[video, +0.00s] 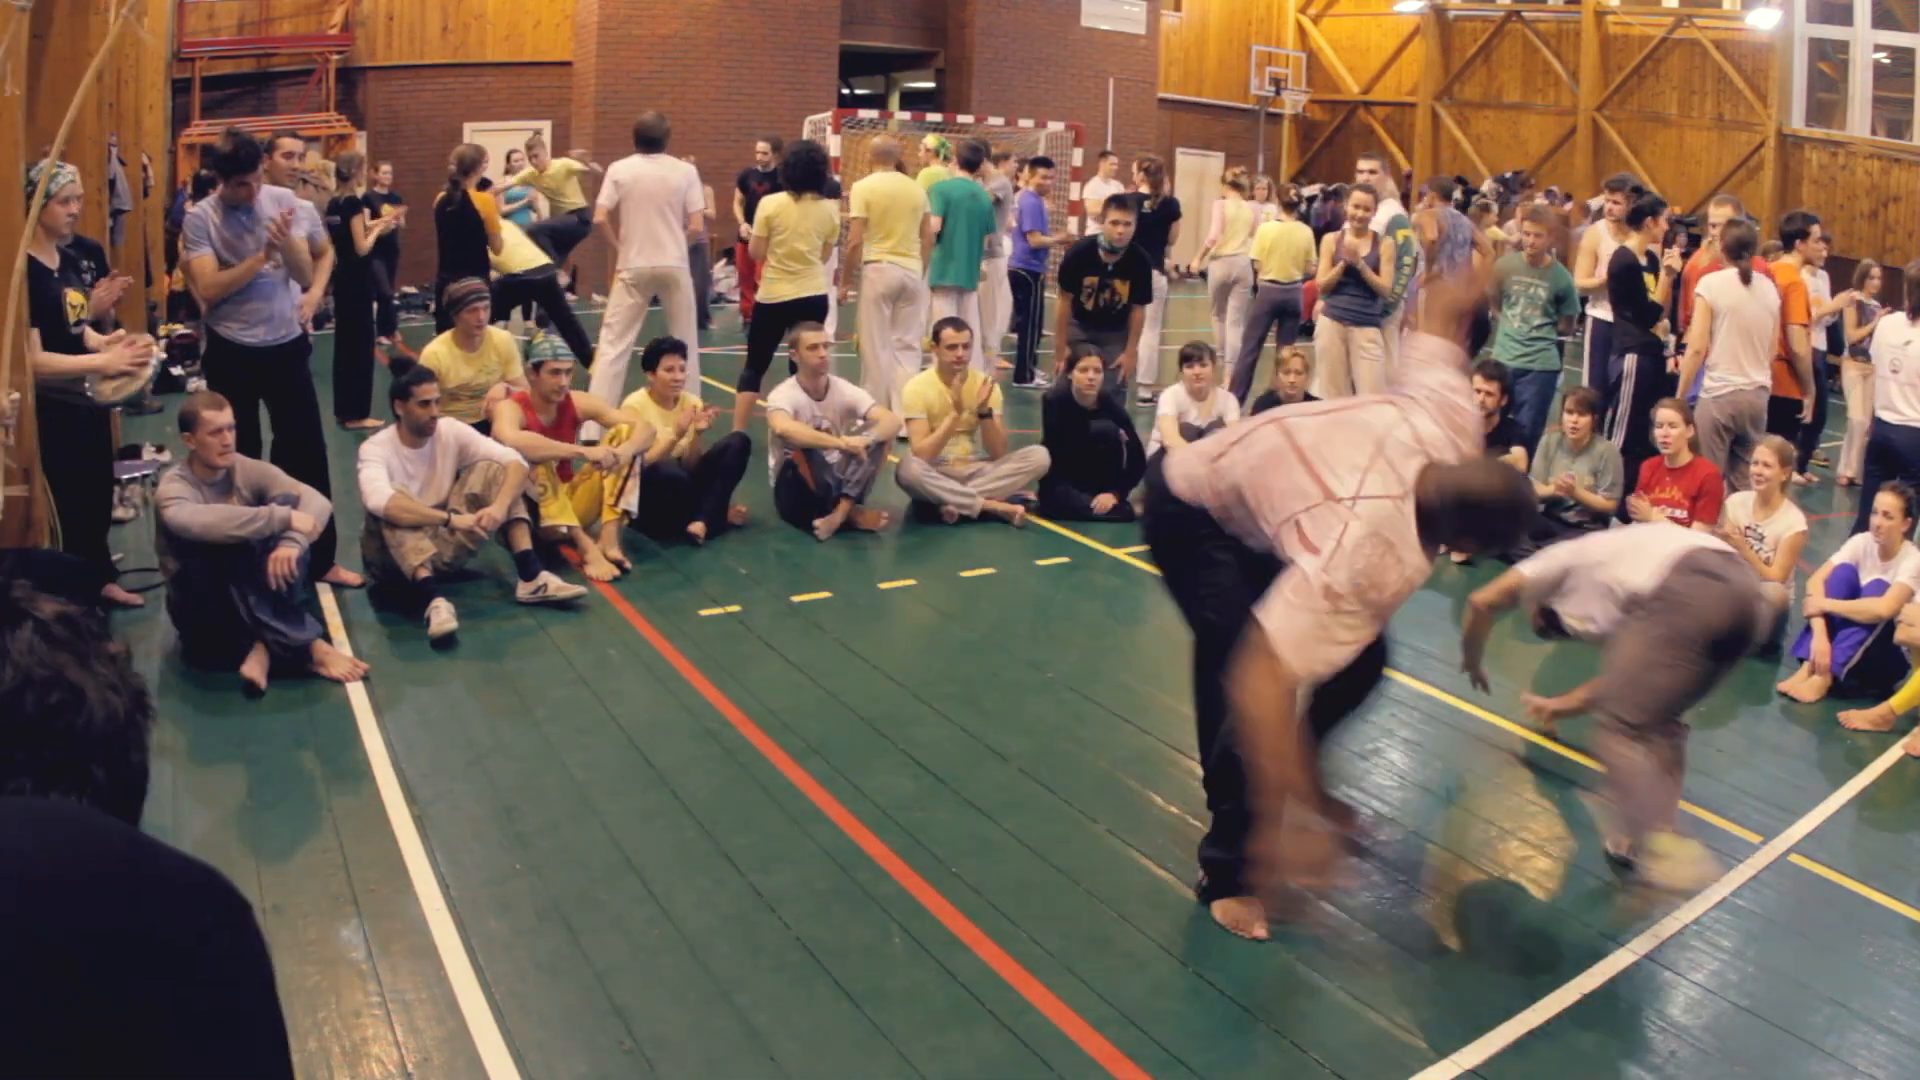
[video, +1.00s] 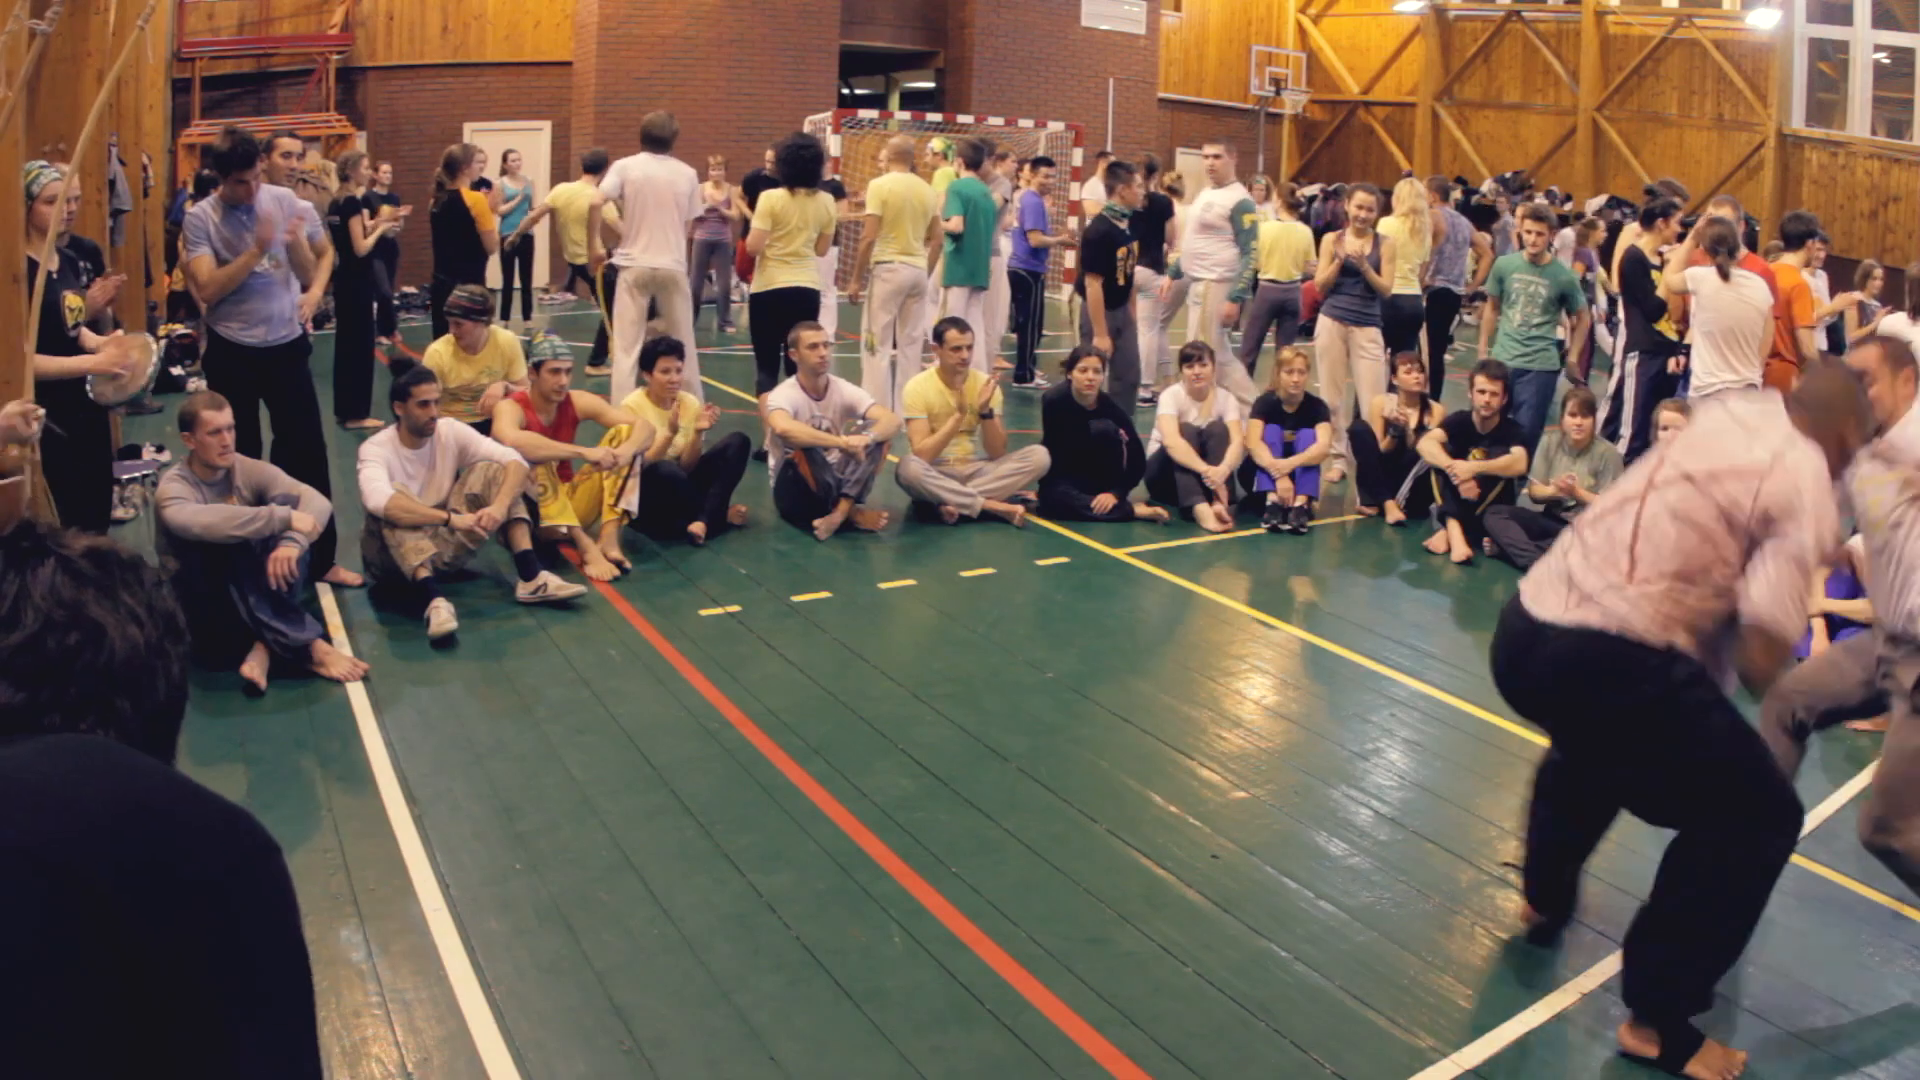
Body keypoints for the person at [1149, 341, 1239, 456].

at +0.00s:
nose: (1197, 372)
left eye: (1203, 366)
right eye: (1189, 367)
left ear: (1213, 368)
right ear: (1181, 371)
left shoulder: (1228, 400)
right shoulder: (1170, 396)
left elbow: (1235, 438)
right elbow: (1170, 440)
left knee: (1217, 427)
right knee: (1187, 430)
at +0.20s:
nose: (1198, 372)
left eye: (1203, 365)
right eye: (1191, 366)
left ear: (1213, 368)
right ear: (1182, 369)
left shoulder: (1222, 401)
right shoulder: (1171, 395)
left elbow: (1237, 440)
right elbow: (1170, 441)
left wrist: (1223, 471)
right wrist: (1207, 472)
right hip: (1167, 480)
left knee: (1217, 428)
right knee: (1187, 430)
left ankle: (1219, 502)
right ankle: (1199, 506)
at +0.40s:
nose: (1196, 372)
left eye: (1203, 365)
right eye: (1189, 366)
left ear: (1213, 369)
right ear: (1181, 371)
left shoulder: (1227, 399)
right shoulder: (1170, 396)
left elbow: (1237, 443)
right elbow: (1170, 441)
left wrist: (1223, 472)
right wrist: (1207, 472)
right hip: (1168, 480)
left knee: (1218, 428)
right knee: (1186, 431)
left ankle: (1220, 502)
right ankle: (1200, 506)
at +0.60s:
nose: (1197, 372)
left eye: (1203, 365)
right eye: (1190, 367)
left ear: (1213, 368)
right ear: (1181, 371)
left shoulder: (1227, 399)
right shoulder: (1170, 396)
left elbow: (1238, 443)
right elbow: (1171, 441)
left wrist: (1223, 472)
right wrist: (1206, 471)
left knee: (1218, 428)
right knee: (1187, 430)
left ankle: (1218, 505)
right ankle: (1200, 508)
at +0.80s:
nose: (1196, 372)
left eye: (1203, 365)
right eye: (1189, 366)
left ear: (1213, 369)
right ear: (1181, 371)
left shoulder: (1227, 399)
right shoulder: (1170, 396)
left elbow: (1238, 442)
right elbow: (1171, 441)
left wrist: (1224, 470)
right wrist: (1209, 474)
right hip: (1167, 481)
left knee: (1218, 428)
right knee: (1187, 430)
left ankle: (1220, 502)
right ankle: (1199, 505)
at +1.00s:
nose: (1196, 372)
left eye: (1203, 365)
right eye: (1189, 367)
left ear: (1213, 369)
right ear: (1181, 371)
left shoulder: (1226, 399)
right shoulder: (1170, 396)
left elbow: (1238, 442)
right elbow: (1170, 441)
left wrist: (1224, 471)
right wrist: (1209, 474)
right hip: (1167, 482)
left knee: (1217, 428)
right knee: (1186, 430)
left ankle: (1220, 502)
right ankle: (1199, 505)